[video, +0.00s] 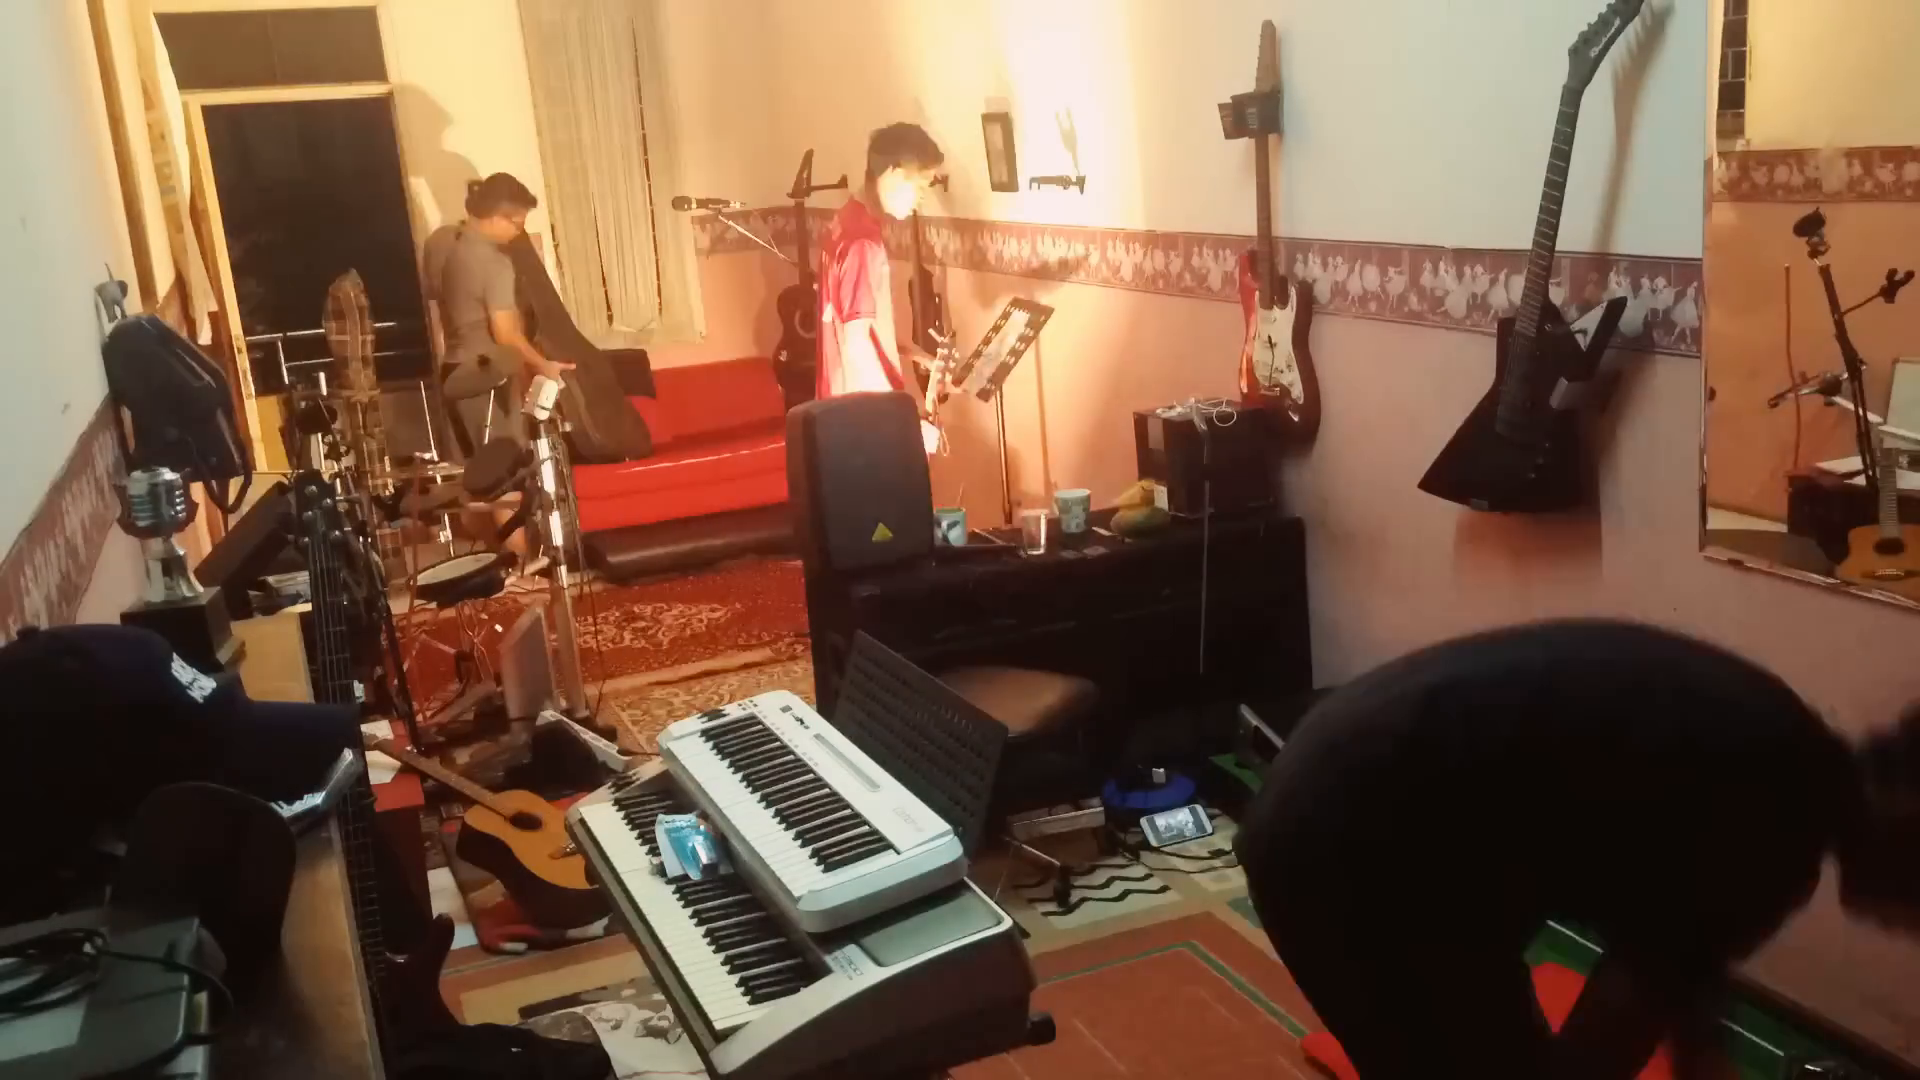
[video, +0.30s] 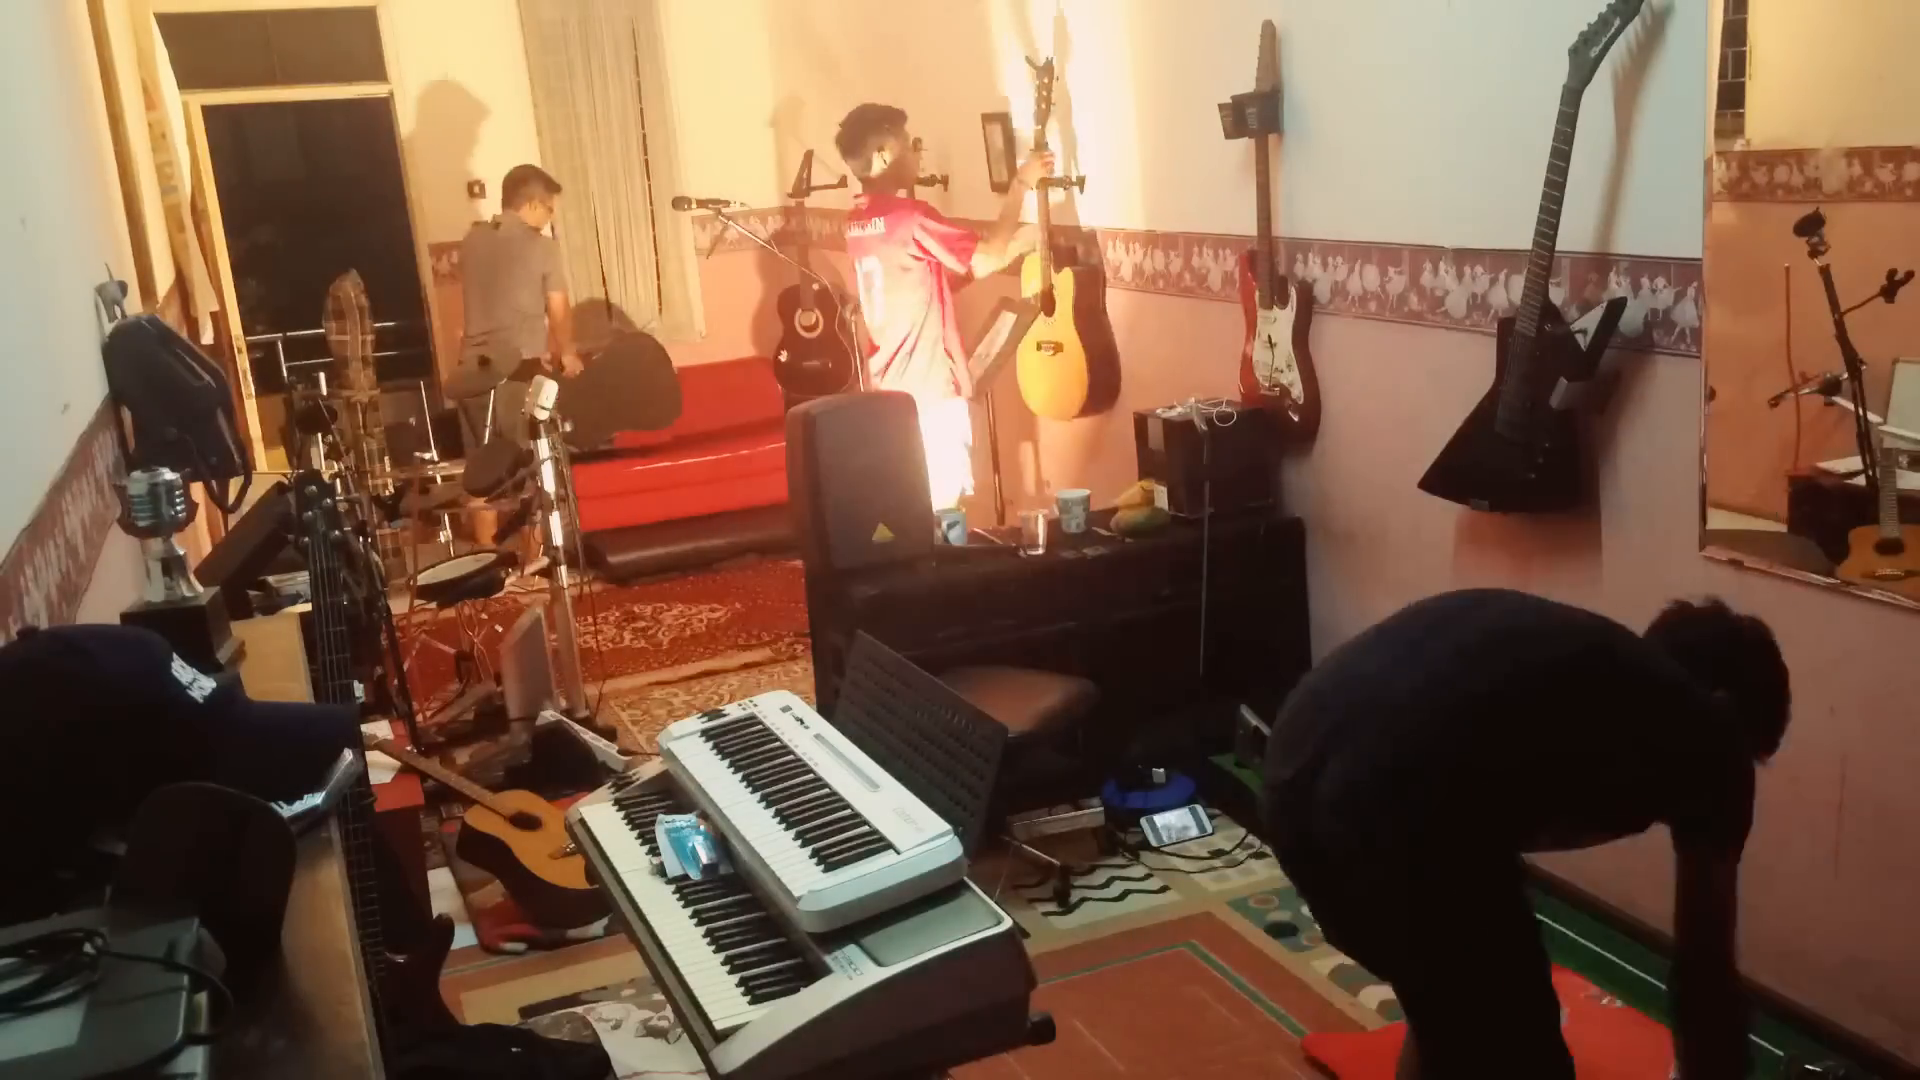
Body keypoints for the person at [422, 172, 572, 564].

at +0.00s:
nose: (520, 230)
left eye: (522, 222)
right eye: (516, 222)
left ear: (483, 215)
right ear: (495, 216)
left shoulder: (452, 252)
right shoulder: (496, 263)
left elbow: (441, 319)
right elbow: (506, 333)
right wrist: (542, 365)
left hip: (456, 374)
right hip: (488, 375)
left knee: (478, 469)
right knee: (506, 470)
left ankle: (487, 560)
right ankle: (522, 562)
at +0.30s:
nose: (550, 219)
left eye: (551, 209)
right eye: (549, 209)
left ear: (509, 202)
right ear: (531, 202)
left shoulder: (472, 241)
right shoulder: (541, 247)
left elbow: (474, 299)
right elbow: (557, 307)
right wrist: (567, 351)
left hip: (473, 365)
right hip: (523, 364)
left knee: (480, 462)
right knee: (527, 460)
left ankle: (485, 559)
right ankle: (534, 561)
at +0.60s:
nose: (502, 200)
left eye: (499, 192)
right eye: (493, 194)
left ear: (461, 205)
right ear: (468, 203)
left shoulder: (444, 250)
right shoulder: (494, 247)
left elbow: (454, 315)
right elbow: (517, 310)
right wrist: (551, 332)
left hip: (464, 373)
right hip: (502, 371)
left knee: (479, 465)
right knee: (525, 462)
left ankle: (485, 561)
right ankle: (533, 561)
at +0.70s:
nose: (484, 213)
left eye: (482, 205)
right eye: (480, 205)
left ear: (442, 210)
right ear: (464, 204)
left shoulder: (420, 265)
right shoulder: (473, 236)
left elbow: (434, 331)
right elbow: (505, 296)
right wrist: (553, 334)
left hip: (451, 379)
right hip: (490, 372)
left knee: (472, 470)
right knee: (516, 463)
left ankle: (485, 566)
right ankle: (533, 559)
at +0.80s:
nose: (490, 208)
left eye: (491, 200)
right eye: (479, 201)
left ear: (493, 204)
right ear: (453, 209)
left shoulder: (479, 255)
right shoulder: (442, 252)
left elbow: (487, 324)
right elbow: (446, 319)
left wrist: (505, 378)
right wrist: (483, 373)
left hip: (481, 374)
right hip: (455, 376)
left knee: (493, 459)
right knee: (475, 464)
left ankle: (499, 552)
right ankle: (489, 557)